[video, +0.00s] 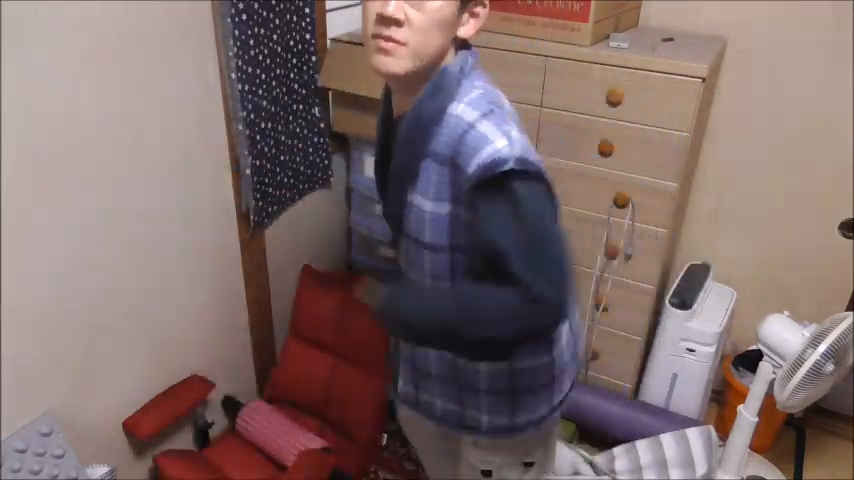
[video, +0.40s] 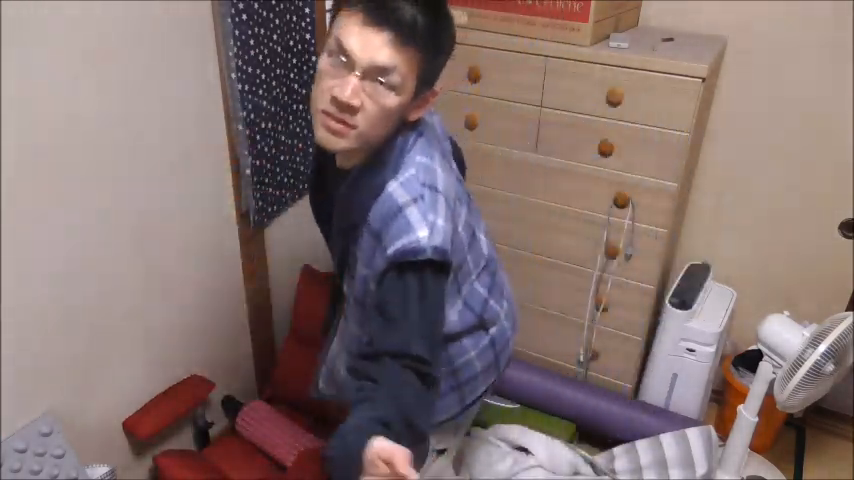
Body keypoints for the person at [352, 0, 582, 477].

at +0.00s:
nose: (390, 10)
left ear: (470, 19)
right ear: (367, 3)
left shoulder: (491, 147)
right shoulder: (403, 101)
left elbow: (539, 303)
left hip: (501, 410)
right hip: (427, 388)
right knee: (443, 471)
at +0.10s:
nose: (375, 22)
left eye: (410, 7)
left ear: (457, 31)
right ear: (353, 7)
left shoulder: (445, 152)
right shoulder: (387, 103)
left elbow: (407, 314)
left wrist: (273, 230)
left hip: (493, 375)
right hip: (425, 352)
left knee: (477, 474)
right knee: (403, 460)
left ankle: (606, 468)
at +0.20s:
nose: (360, 55)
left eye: (397, 43)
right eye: (357, 21)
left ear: (441, 67)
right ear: (341, 17)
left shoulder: (411, 192)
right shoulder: (429, 102)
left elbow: (369, 318)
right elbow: (480, 154)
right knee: (374, 456)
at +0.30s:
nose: (351, 84)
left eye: (387, 72)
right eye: (347, 49)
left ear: (427, 95)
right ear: (331, 37)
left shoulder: (414, 212)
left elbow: (391, 348)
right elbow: (469, 165)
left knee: (352, 434)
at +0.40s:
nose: (345, 94)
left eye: (380, 82)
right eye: (339, 58)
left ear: (419, 104)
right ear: (324, 49)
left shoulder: (415, 226)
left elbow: (401, 361)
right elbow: (448, 160)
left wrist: (375, 437)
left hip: (450, 356)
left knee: (392, 462)